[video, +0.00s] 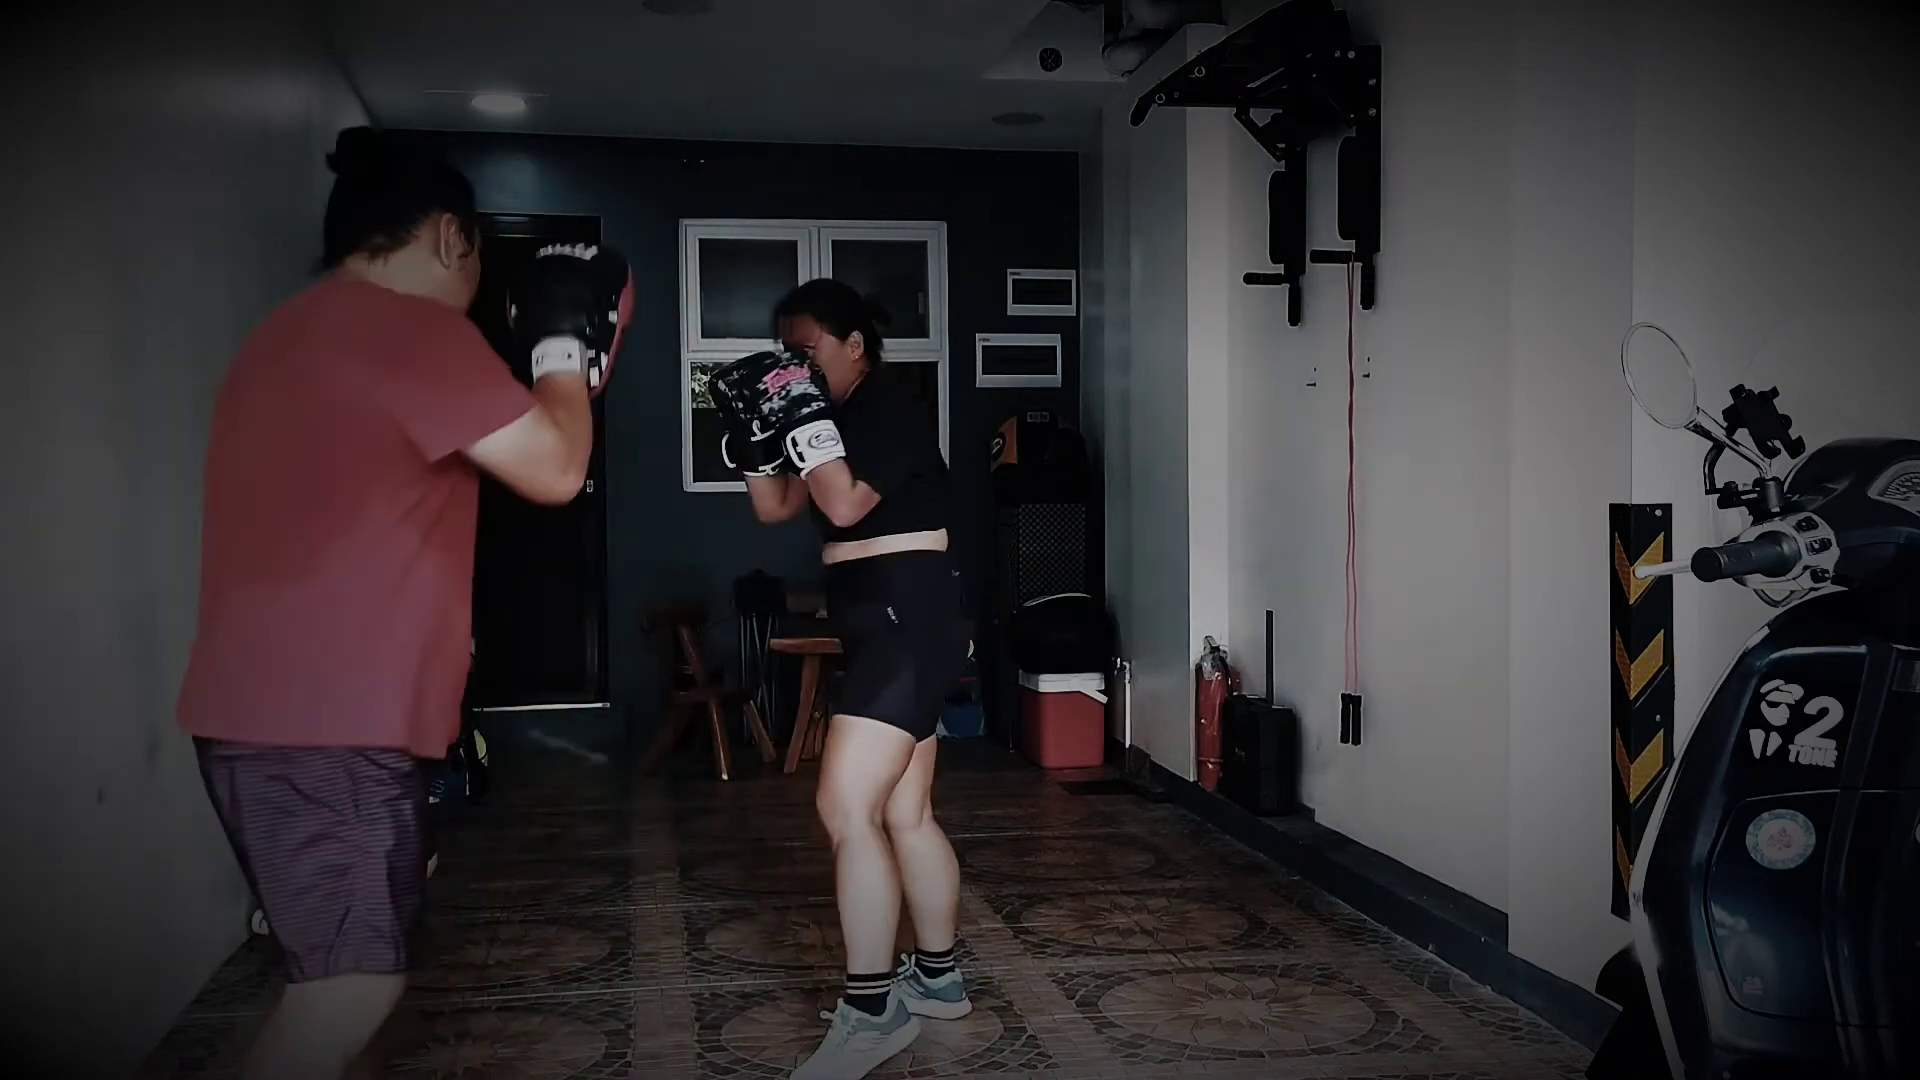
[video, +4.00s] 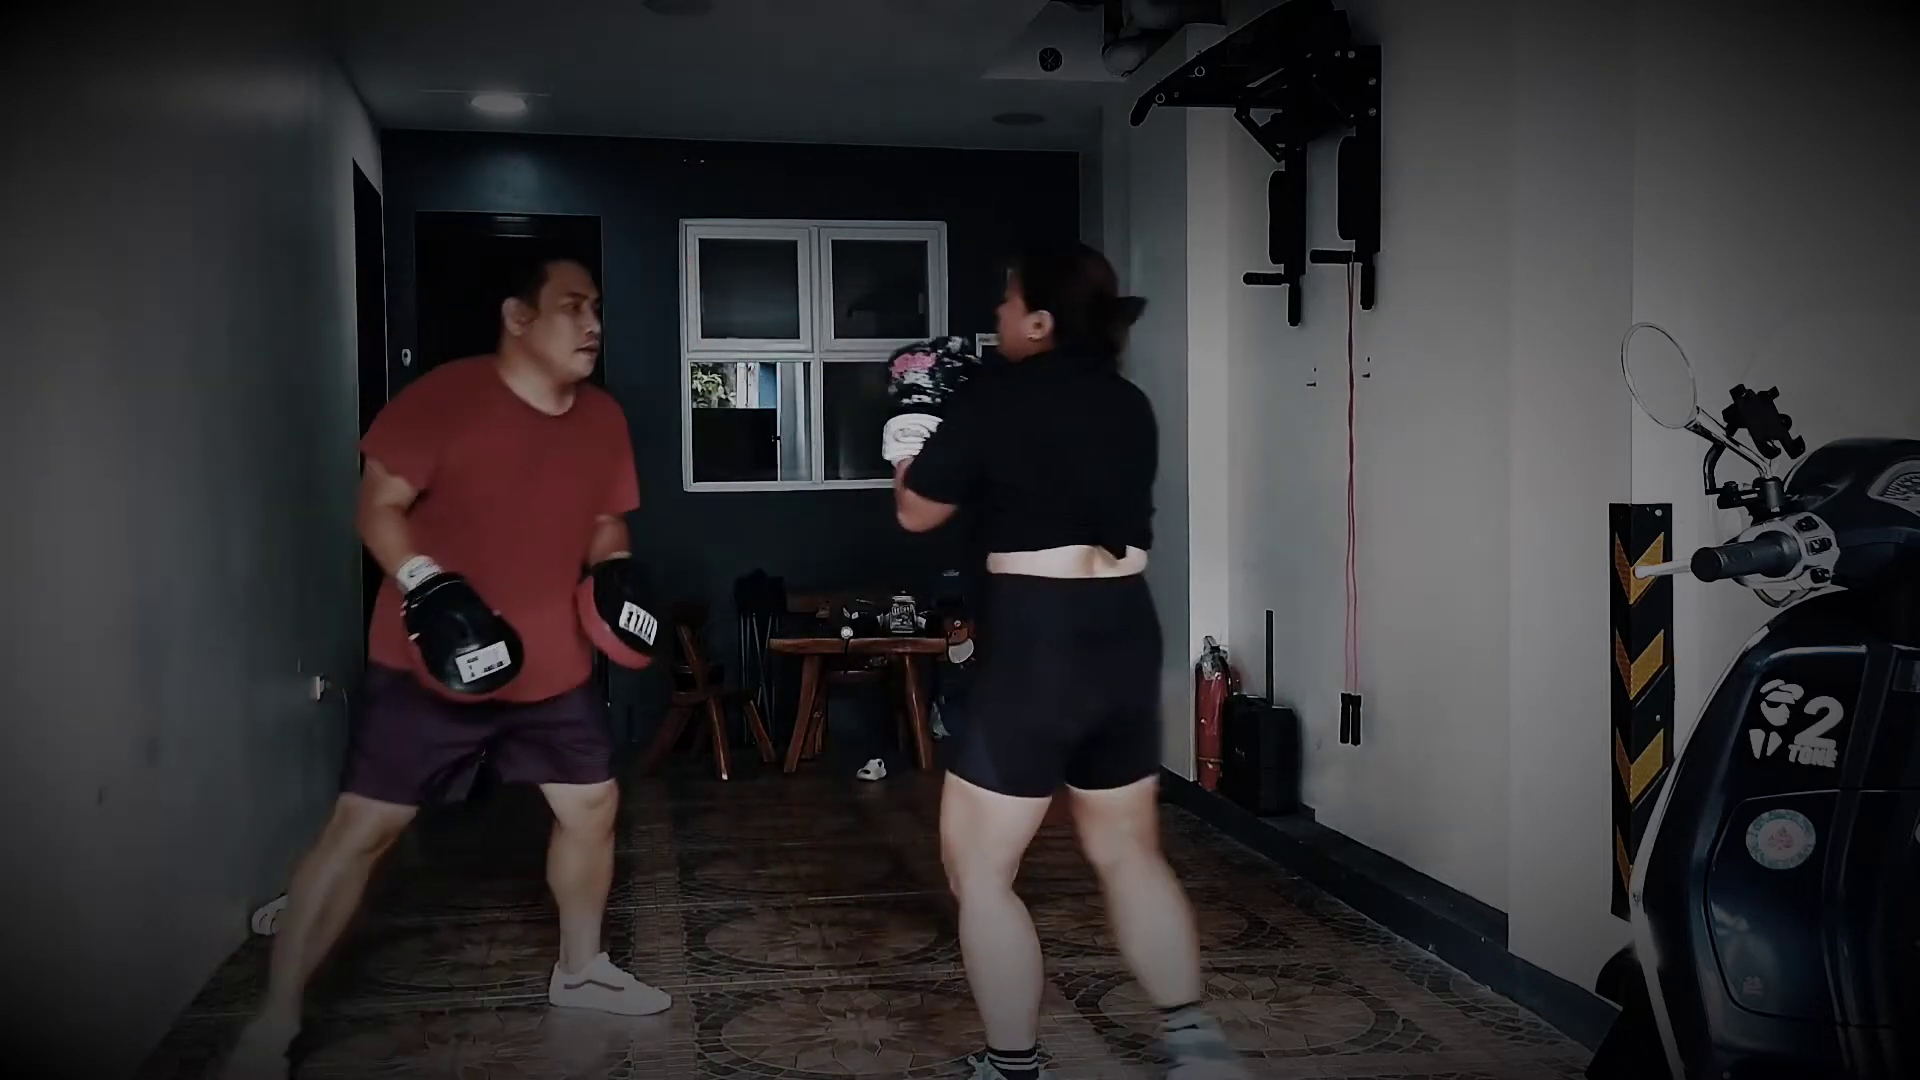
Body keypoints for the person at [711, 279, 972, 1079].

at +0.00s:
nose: (800, 366)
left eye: (809, 349)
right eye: (794, 355)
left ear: (853, 340)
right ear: (822, 355)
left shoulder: (897, 397)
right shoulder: (835, 412)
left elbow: (845, 504)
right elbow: (772, 507)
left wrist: (802, 416)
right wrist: (755, 432)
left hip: (909, 620)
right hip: (884, 622)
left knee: (845, 807)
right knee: (909, 815)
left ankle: (868, 1009)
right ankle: (940, 976)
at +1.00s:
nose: (793, 379)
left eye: (808, 365)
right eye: (780, 366)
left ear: (845, 361)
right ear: (765, 365)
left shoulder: (881, 428)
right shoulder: (761, 429)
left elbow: (868, 534)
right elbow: (708, 523)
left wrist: (827, 439)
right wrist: (716, 436)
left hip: (870, 632)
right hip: (784, 631)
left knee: (831, 824)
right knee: (779, 830)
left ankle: (851, 1033)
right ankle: (867, 964)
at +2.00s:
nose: (762, 383)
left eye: (778, 365)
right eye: (754, 368)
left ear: (824, 367)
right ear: (746, 376)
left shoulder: (867, 447)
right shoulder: (746, 454)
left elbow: (921, 571)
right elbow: (700, 555)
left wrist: (868, 514)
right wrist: (689, 491)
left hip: (872, 657)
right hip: (791, 663)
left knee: (764, 826)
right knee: (796, 846)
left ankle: (834, 1020)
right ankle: (873, 991)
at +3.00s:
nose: (809, 383)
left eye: (830, 367)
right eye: (804, 365)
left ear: (883, 378)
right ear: (798, 368)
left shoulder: (927, 472)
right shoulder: (785, 440)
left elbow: (910, 598)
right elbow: (671, 479)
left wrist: (849, 513)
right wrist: (659, 405)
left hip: (890, 696)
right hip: (805, 689)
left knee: (809, 895)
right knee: (778, 876)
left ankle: (844, 1071)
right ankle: (905, 989)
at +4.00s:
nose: (998, 312)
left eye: (1010, 300)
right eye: (1005, 297)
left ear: (1044, 318)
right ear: (1090, 318)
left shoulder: (995, 399)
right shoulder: (1129, 404)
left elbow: (916, 510)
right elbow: (1088, 501)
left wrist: (915, 451)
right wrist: (964, 441)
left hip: (1030, 655)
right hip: (1128, 649)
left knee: (980, 868)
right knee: (1129, 852)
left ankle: (1013, 1063)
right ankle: (1194, 1039)